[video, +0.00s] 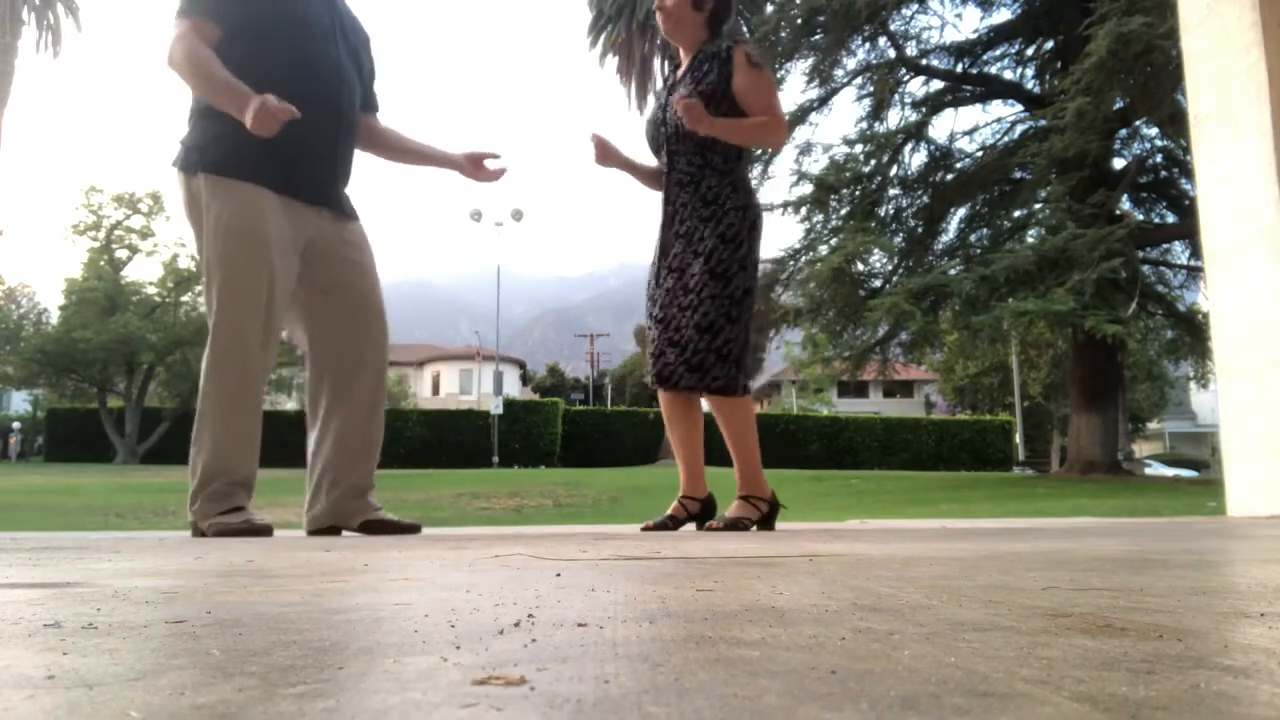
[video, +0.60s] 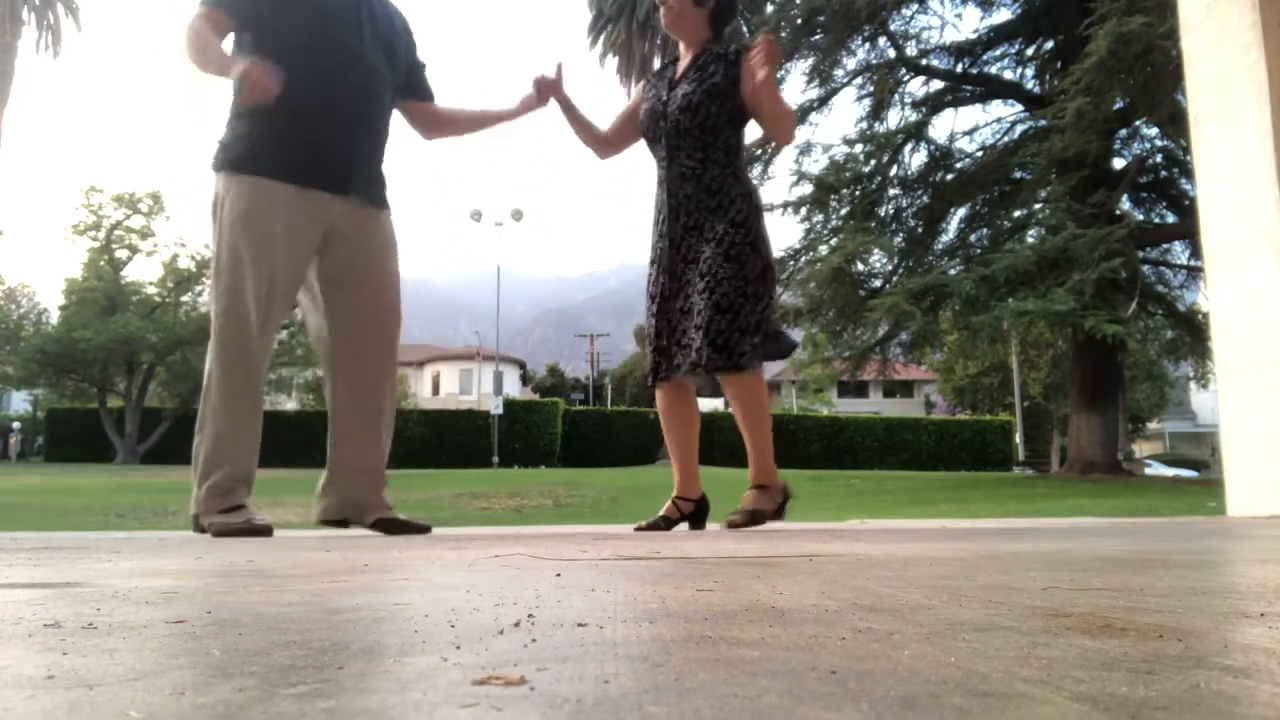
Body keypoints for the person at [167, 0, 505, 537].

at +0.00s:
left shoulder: (352, 28)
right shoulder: (235, 2)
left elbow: (361, 126)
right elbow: (184, 48)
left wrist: (452, 159)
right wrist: (246, 103)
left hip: (323, 198)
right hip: (239, 178)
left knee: (355, 340)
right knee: (243, 339)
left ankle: (340, 505)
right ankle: (219, 507)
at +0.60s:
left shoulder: (387, 17)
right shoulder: (264, 1)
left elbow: (428, 119)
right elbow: (199, 34)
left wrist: (518, 109)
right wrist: (234, 66)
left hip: (358, 192)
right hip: (266, 177)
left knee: (370, 347)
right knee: (242, 344)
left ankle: (355, 499)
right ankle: (221, 502)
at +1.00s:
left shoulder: (356, 35)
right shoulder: (237, 5)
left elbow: (418, 125)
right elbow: (189, 63)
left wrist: (505, 128)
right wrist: (236, 98)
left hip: (325, 209)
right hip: (242, 200)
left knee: (349, 351)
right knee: (253, 356)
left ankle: (352, 501)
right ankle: (254, 507)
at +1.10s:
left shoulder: (353, 38)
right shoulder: (229, 5)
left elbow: (424, 113)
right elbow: (181, 70)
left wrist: (513, 122)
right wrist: (202, 113)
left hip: (314, 208)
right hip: (233, 197)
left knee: (324, 340)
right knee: (239, 350)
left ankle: (266, 485)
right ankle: (250, 503)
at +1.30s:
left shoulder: (357, 58)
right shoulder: (234, 23)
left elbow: (433, 113)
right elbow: (182, 106)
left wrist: (522, 131)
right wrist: (170, 166)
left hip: (291, 241)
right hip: (219, 216)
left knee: (238, 367)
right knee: (230, 362)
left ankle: (154, 487)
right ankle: (251, 506)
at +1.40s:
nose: (333, 1)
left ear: (337, 2)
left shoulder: (359, 59)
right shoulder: (236, 27)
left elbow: (434, 106)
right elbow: (186, 106)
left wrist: (524, 115)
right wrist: (171, 167)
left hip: (291, 238)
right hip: (226, 214)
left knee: (222, 353)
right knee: (238, 356)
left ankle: (152, 489)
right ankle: (248, 502)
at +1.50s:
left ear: (342, 2)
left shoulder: (365, 61)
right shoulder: (249, 31)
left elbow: (436, 104)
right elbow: (194, 107)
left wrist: (521, 111)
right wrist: (184, 169)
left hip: (295, 228)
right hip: (245, 214)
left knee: (234, 353)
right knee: (284, 346)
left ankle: (159, 488)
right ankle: (260, 499)